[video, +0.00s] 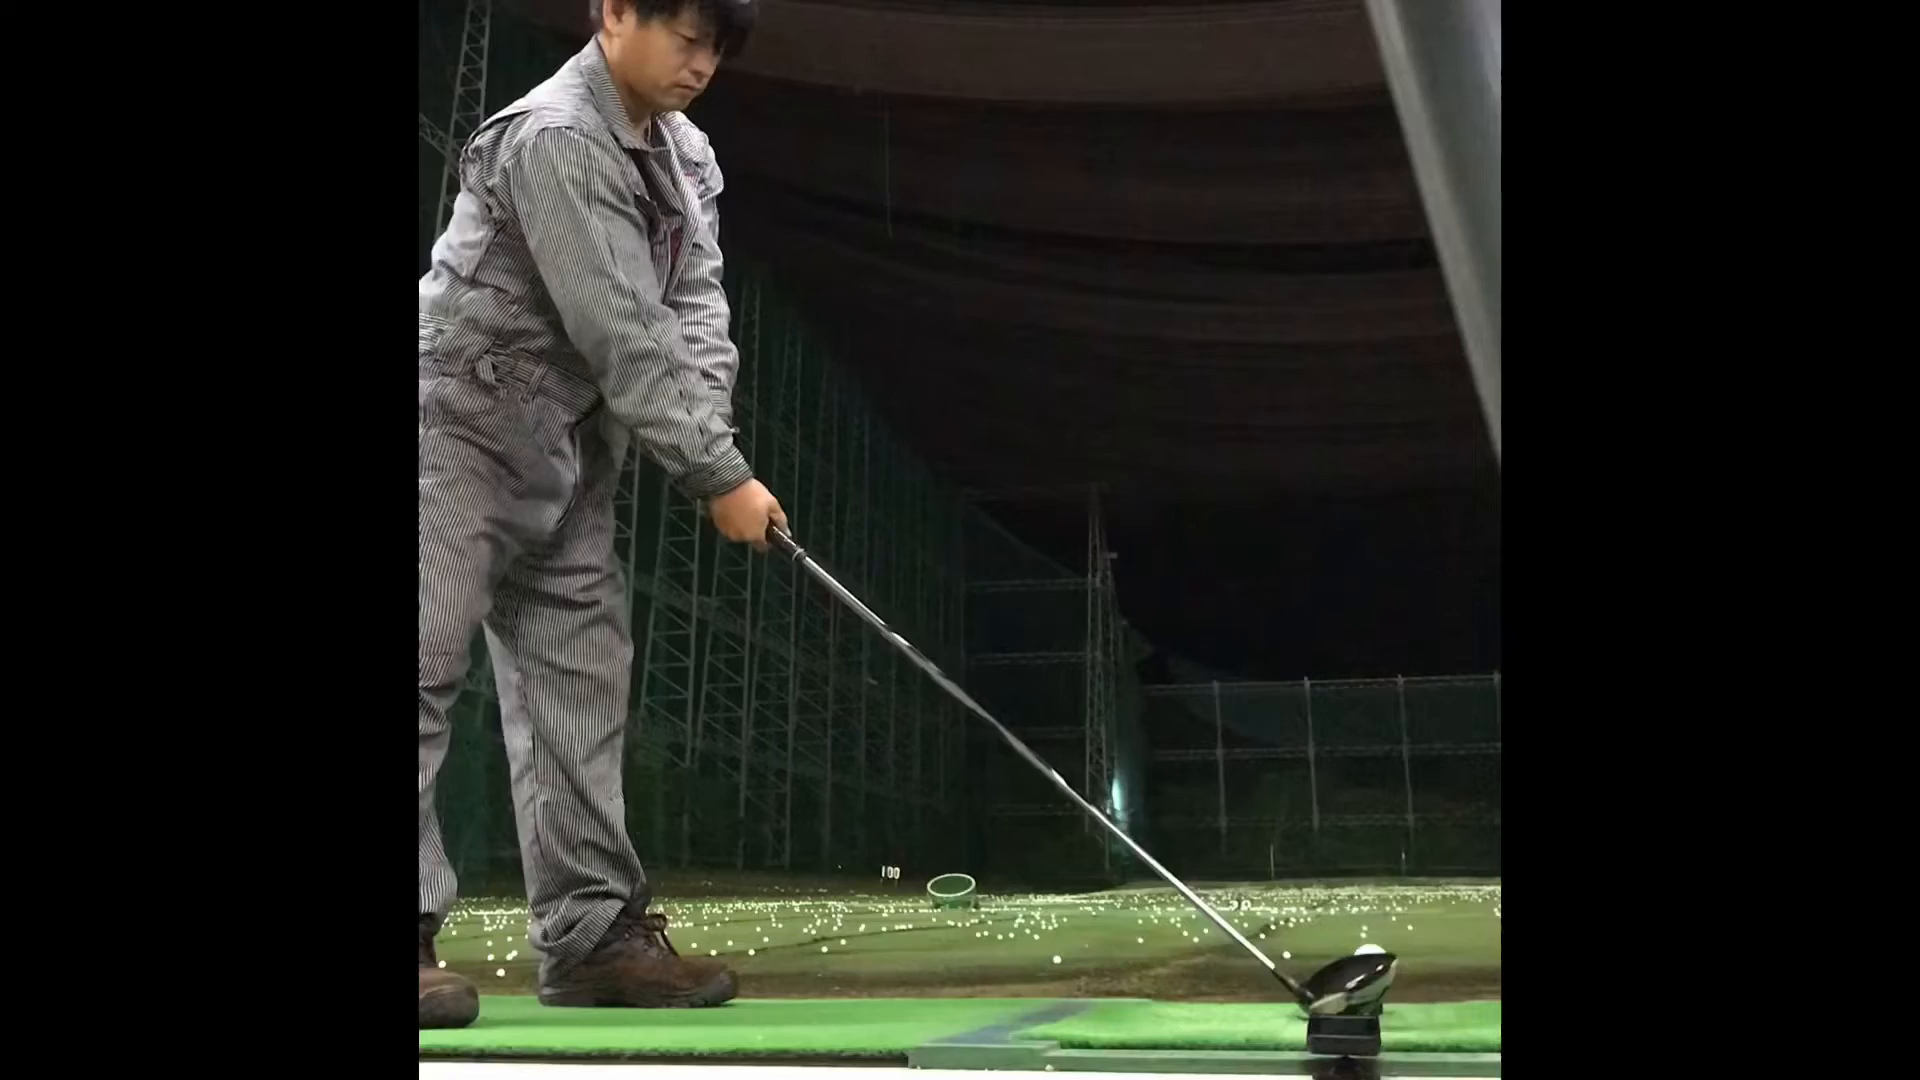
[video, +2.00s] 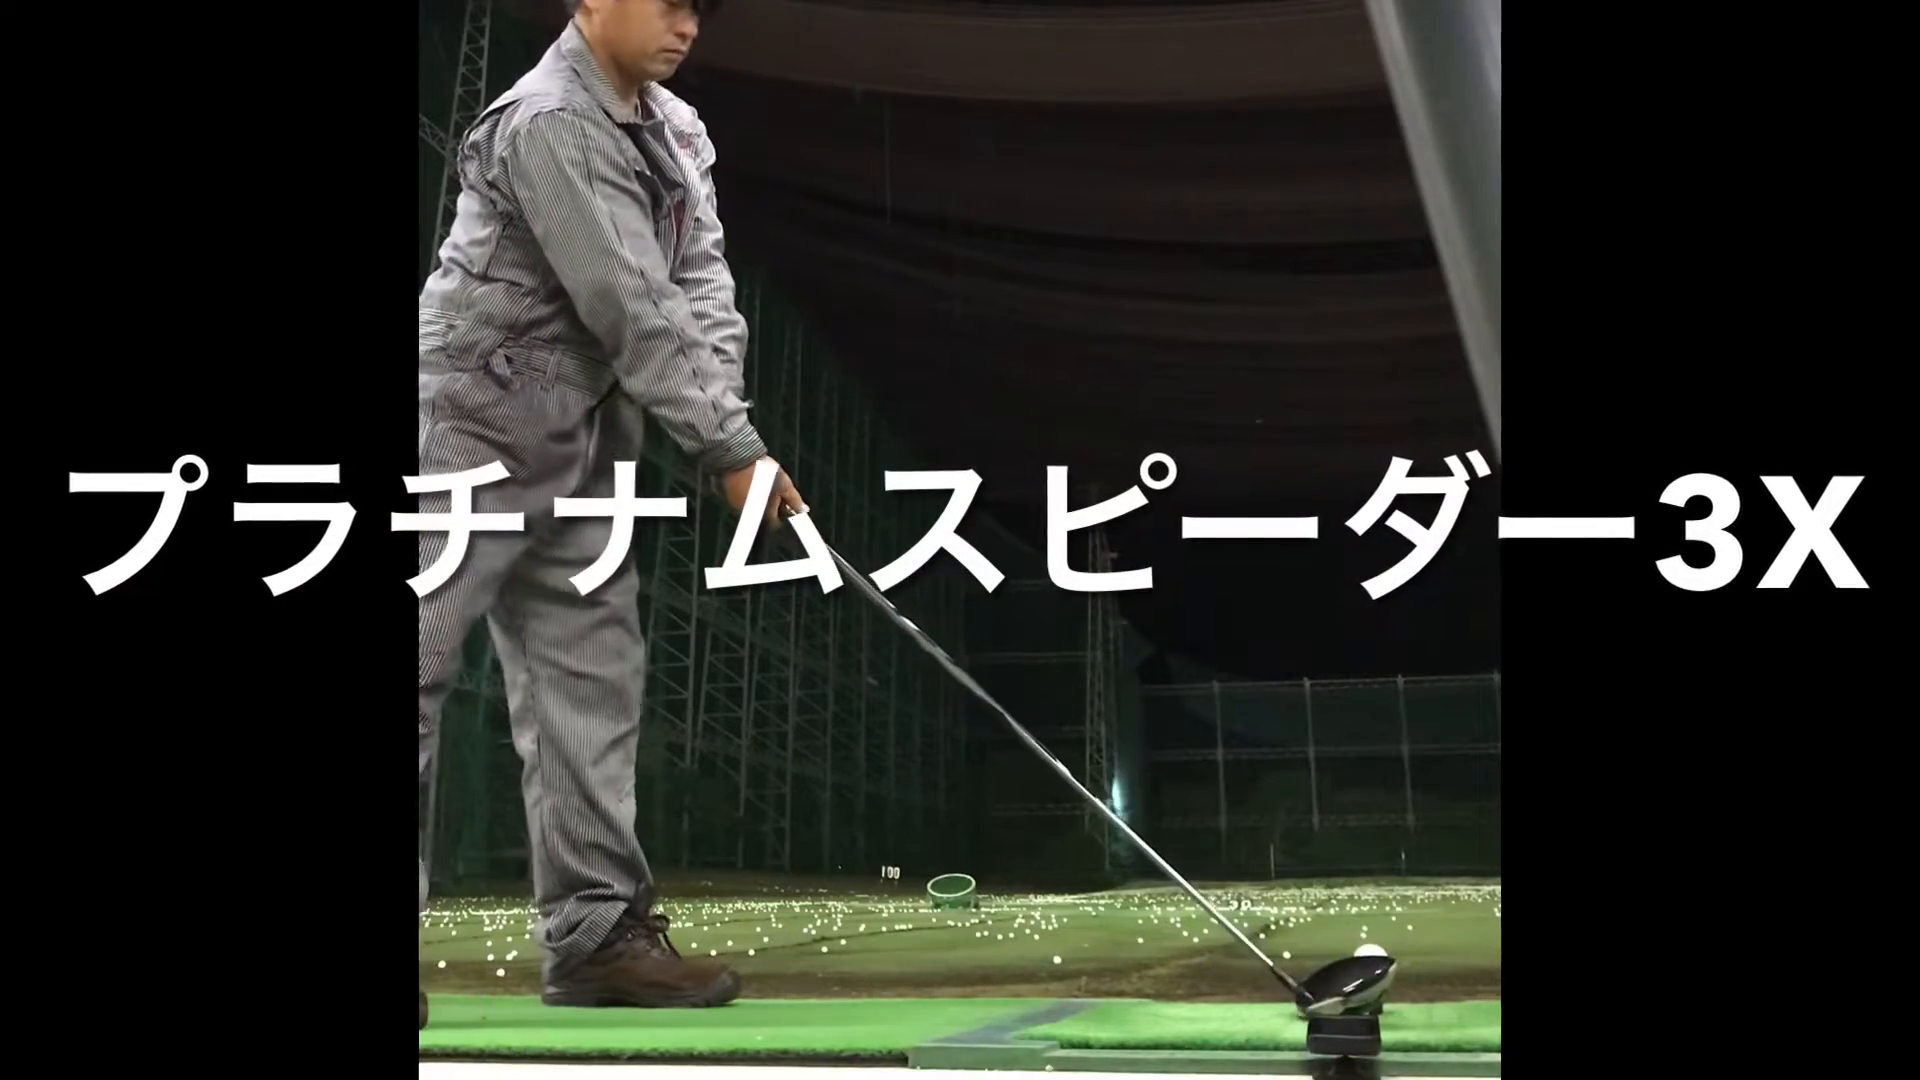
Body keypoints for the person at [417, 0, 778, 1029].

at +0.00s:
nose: (704, 64)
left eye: (717, 45)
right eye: (685, 37)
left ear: (725, 50)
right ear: (615, 19)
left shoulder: (688, 152)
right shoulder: (555, 137)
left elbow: (702, 309)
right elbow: (618, 330)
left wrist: (701, 439)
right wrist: (720, 477)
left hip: (570, 450)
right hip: (458, 427)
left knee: (576, 680)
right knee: (431, 675)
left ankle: (590, 938)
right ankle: (416, 946)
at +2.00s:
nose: (688, 22)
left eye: (692, 6)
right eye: (667, 3)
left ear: (687, 19)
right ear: (593, 9)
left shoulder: (677, 127)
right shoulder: (552, 122)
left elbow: (705, 288)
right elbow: (629, 307)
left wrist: (720, 432)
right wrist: (733, 449)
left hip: (582, 447)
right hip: (468, 437)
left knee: (586, 685)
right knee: (424, 682)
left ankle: (595, 939)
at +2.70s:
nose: (716, 13)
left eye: (713, 0)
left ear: (652, 14)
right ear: (652, 7)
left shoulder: (683, 121)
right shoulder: (551, 116)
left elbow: (699, 292)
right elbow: (613, 309)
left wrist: (694, 420)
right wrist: (720, 451)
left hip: (586, 448)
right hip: (472, 437)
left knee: (598, 680)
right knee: (426, 682)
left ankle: (597, 938)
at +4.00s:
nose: (684, 27)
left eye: (693, 11)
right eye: (662, 8)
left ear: (695, 22)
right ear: (590, 10)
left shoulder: (681, 130)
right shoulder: (553, 125)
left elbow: (706, 287)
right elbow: (626, 309)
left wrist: (709, 417)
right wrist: (727, 453)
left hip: (583, 457)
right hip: (469, 442)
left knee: (606, 676)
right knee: (423, 664)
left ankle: (601, 935)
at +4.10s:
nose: (688, 26)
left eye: (695, 10)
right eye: (665, 7)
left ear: (696, 22)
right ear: (593, 9)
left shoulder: (682, 130)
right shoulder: (555, 122)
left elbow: (708, 285)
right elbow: (632, 307)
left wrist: (717, 421)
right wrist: (731, 450)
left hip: (584, 457)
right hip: (471, 440)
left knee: (604, 677)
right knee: (423, 664)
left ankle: (600, 936)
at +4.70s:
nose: (668, 21)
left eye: (677, 8)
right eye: (648, 1)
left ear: (673, 21)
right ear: (580, 3)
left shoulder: (654, 120)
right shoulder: (537, 106)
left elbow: (693, 265)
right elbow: (622, 283)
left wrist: (719, 397)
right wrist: (728, 422)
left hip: (590, 429)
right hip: (483, 421)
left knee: (600, 666)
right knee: (433, 669)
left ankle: (597, 934)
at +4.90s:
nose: (664, 23)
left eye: (677, 10)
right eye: (645, 2)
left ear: (679, 25)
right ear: (579, 3)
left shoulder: (654, 126)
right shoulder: (538, 105)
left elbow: (691, 272)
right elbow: (619, 284)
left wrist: (721, 408)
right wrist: (727, 423)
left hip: (588, 434)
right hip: (479, 423)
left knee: (595, 669)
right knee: (430, 669)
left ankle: (597, 935)